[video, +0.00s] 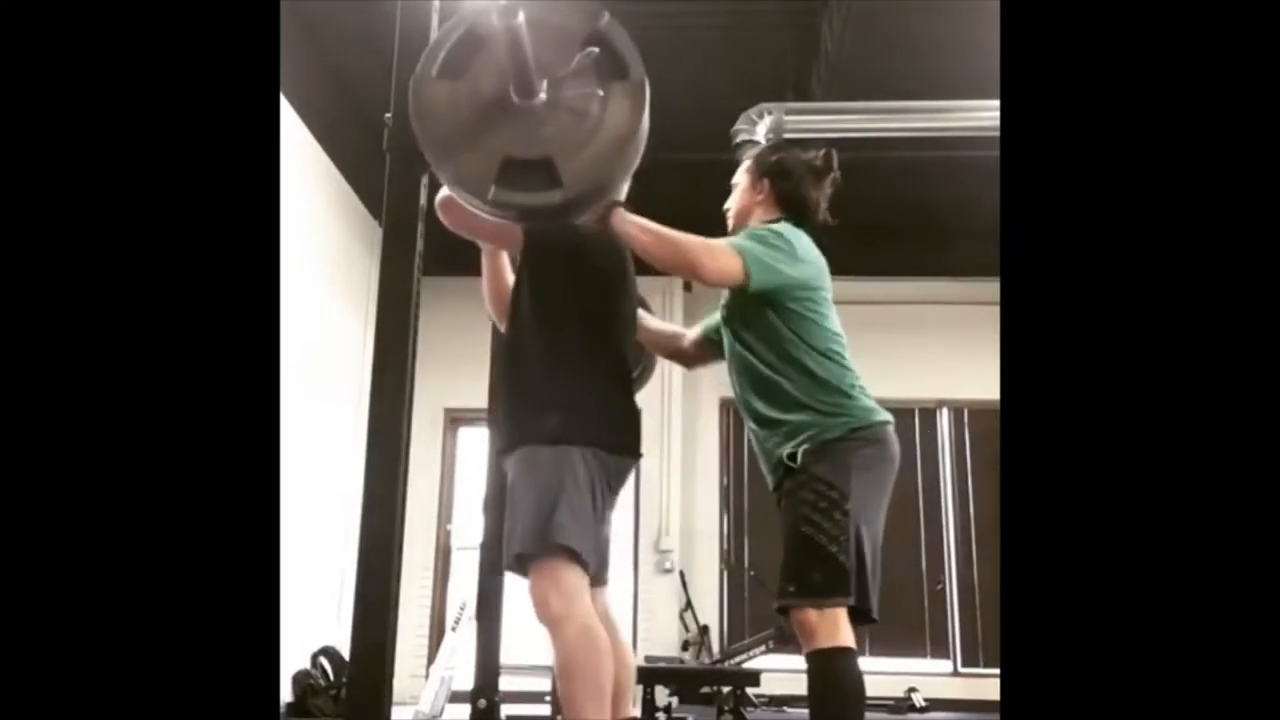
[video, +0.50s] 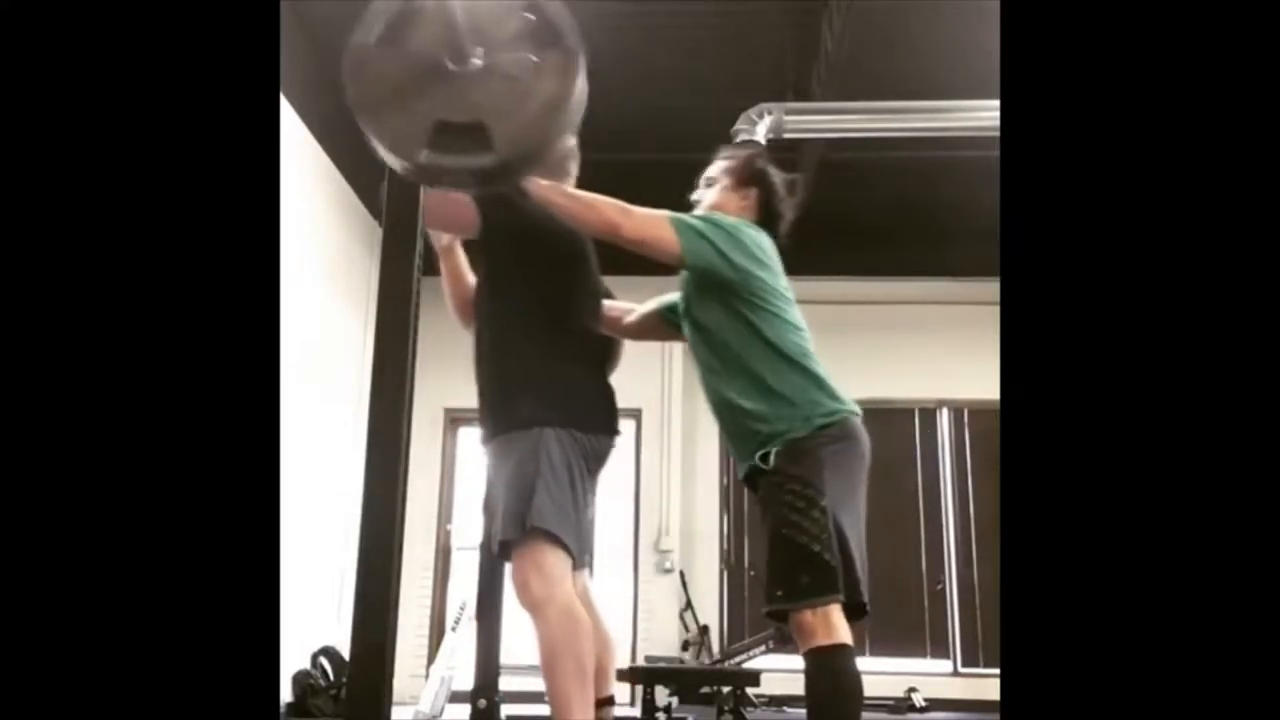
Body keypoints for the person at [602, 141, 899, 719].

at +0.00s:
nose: (727, 196)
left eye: (736, 183)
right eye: (732, 184)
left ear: (762, 188)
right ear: (772, 193)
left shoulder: (786, 243)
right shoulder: (754, 291)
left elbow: (707, 263)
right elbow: (689, 348)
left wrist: (613, 215)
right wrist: (613, 307)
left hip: (841, 443)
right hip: (820, 454)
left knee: (817, 614)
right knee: (819, 618)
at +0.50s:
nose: (697, 192)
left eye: (713, 182)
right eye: (701, 183)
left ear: (749, 197)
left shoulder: (736, 240)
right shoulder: (707, 294)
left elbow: (623, 222)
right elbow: (628, 318)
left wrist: (521, 182)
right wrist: (543, 290)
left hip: (813, 441)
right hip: (791, 452)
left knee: (816, 617)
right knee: (816, 620)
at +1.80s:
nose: (735, 159)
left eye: (741, 147)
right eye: (737, 148)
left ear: (768, 151)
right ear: (790, 158)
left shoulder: (778, 206)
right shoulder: (772, 230)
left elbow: (651, 223)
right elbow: (711, 346)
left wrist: (546, 203)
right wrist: (612, 368)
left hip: (825, 429)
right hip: (805, 434)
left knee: (795, 611)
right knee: (794, 613)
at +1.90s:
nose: (749, 170)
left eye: (760, 157)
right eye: (753, 157)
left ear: (789, 166)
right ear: (803, 172)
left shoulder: (797, 222)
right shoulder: (791, 237)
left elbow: (704, 257)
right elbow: (763, 364)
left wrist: (587, 227)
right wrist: (670, 412)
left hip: (829, 437)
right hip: (810, 441)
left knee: (798, 614)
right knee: (796, 616)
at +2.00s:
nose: (759, 181)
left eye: (770, 169)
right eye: (763, 169)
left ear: (802, 175)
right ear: (809, 179)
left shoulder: (809, 228)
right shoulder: (802, 243)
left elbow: (786, 293)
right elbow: (779, 382)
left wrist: (680, 300)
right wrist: (712, 451)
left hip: (840, 440)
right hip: (822, 444)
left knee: (816, 613)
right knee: (808, 619)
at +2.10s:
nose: (768, 187)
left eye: (778, 174)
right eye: (770, 175)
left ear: (812, 179)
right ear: (810, 181)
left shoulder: (830, 230)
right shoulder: (805, 246)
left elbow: (831, 318)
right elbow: (795, 388)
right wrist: (762, 473)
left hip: (854, 436)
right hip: (828, 443)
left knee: (837, 606)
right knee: (832, 610)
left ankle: (854, 717)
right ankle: (851, 715)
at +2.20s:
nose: (775, 184)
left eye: (785, 172)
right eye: (777, 174)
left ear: (820, 176)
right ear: (813, 179)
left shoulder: (844, 230)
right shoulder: (810, 244)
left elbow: (856, 325)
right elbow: (805, 383)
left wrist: (817, 414)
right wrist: (784, 475)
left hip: (868, 430)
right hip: (839, 434)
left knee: (850, 598)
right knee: (836, 602)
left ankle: (868, 719)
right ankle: (863, 716)